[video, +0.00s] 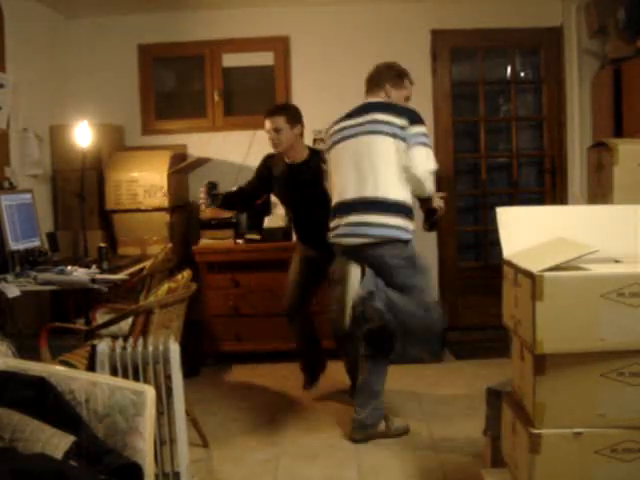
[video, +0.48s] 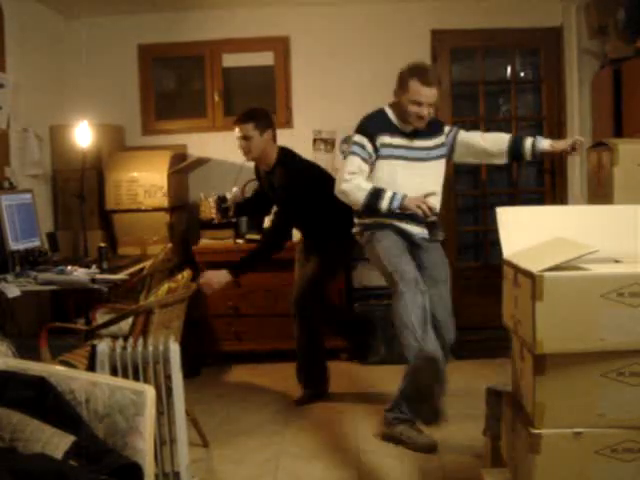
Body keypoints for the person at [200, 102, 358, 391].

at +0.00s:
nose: (272, 137)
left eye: (278, 131)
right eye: (269, 131)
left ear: (298, 130)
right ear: (267, 132)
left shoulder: (325, 163)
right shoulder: (272, 166)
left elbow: (347, 195)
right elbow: (249, 196)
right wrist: (218, 200)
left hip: (340, 245)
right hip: (308, 245)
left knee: (341, 314)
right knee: (294, 305)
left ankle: (358, 377)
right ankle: (313, 363)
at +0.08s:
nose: (262, 133)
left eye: (268, 126)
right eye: (259, 127)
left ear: (289, 125)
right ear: (260, 129)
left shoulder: (323, 163)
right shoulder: (268, 161)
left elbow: (325, 219)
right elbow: (251, 196)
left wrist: (307, 259)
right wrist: (226, 197)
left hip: (338, 235)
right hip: (308, 234)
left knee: (338, 310)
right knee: (286, 279)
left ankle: (360, 378)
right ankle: (309, 348)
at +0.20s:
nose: (256, 138)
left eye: (262, 132)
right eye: (253, 132)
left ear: (284, 131)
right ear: (254, 133)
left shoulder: (307, 171)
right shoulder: (267, 164)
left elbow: (297, 233)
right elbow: (260, 205)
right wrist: (230, 204)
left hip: (342, 238)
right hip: (309, 237)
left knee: (332, 308)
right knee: (297, 305)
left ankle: (367, 361)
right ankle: (304, 377)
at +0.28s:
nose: (255, 146)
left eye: (261, 139)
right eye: (252, 140)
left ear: (282, 137)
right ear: (253, 140)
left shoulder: (304, 178)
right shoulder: (268, 172)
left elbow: (278, 233)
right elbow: (261, 209)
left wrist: (228, 265)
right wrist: (238, 207)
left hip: (341, 248)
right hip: (309, 247)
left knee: (337, 323)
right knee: (296, 316)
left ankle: (377, 373)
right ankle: (311, 387)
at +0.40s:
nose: (244, 147)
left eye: (249, 140)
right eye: (242, 140)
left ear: (271, 137)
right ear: (261, 139)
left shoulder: (296, 174)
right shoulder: (265, 169)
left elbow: (274, 238)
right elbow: (263, 206)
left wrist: (225, 271)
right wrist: (238, 207)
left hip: (336, 237)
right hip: (308, 238)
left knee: (311, 308)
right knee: (301, 309)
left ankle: (365, 342)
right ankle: (311, 386)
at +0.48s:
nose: (242, 147)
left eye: (247, 139)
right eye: (239, 139)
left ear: (269, 136)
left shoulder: (292, 173)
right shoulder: (264, 168)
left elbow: (276, 239)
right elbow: (264, 201)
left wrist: (233, 273)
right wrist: (232, 208)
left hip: (335, 232)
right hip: (310, 232)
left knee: (307, 300)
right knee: (304, 300)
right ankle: (313, 383)